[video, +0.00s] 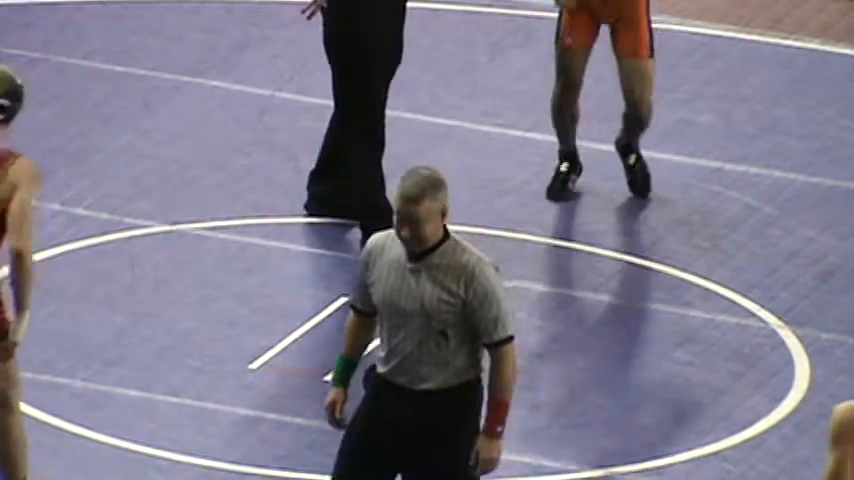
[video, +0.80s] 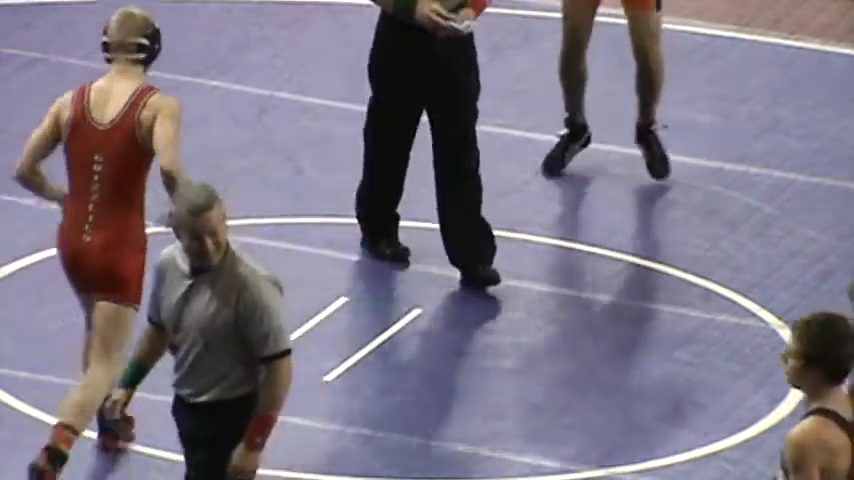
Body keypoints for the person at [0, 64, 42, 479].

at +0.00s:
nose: (7, 113)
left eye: (4, 105)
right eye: (11, 107)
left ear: (4, 112)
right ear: (10, 113)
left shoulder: (19, 171)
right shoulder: (18, 171)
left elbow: (18, 246)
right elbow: (18, 246)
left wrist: (20, 311)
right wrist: (21, 309)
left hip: (3, 308)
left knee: (10, 407)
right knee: (8, 407)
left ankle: (17, 470)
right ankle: (15, 472)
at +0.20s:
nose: (31, 79)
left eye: (32, 73)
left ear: (30, 78)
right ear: (76, 91)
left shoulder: (5, 121)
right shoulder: (70, 151)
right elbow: (64, 226)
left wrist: (59, 289)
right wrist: (64, 291)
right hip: (20, 281)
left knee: (29, 398)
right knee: (30, 399)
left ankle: (28, 470)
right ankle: (27, 474)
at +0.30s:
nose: (52, 68)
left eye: (51, 61)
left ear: (50, 66)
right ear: (96, 80)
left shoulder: (9, 112)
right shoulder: (90, 138)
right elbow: (82, 214)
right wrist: (75, 281)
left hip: (0, 264)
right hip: (36, 273)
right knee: (37, 394)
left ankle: (30, 469)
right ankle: (30, 473)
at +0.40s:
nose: (67, 59)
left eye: (67, 52)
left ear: (64, 60)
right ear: (111, 73)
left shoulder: (14, 110)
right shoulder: (105, 132)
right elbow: (92, 207)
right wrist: (73, 271)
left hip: (3, 266)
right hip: (50, 272)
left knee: (1, 378)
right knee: (43, 397)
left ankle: (23, 468)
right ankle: (31, 473)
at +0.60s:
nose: (84, 55)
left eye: (86, 50)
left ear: (85, 59)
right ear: (131, 68)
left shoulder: (40, 110)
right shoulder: (130, 129)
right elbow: (134, 181)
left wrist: (2, 227)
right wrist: (113, 239)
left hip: (30, 255)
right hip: (82, 262)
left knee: (63, 350)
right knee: (58, 382)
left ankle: (81, 427)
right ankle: (33, 472)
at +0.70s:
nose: (94, 52)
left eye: (96, 47)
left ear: (95, 57)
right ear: (141, 64)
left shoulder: (57, 107)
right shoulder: (145, 118)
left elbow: (2, 155)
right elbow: (160, 172)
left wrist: (21, 208)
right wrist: (148, 228)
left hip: (52, 253)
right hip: (100, 258)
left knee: (86, 347)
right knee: (74, 374)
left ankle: (105, 413)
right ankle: (38, 470)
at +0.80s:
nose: (108, 42)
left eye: (110, 36)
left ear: (107, 47)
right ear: (153, 51)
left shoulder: (73, 100)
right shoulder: (160, 105)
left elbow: (26, 170)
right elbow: (169, 167)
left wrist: (59, 195)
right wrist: (189, 210)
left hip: (73, 240)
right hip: (119, 246)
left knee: (97, 331)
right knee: (104, 364)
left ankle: (112, 418)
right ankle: (53, 454)